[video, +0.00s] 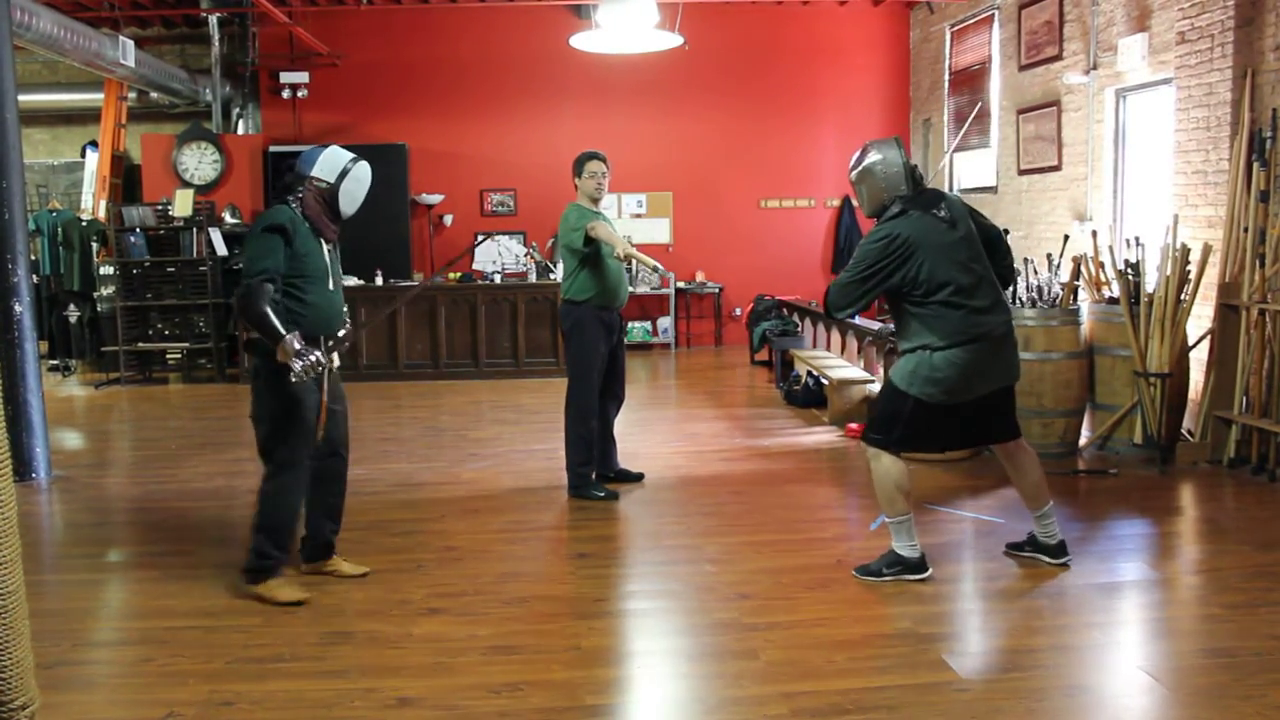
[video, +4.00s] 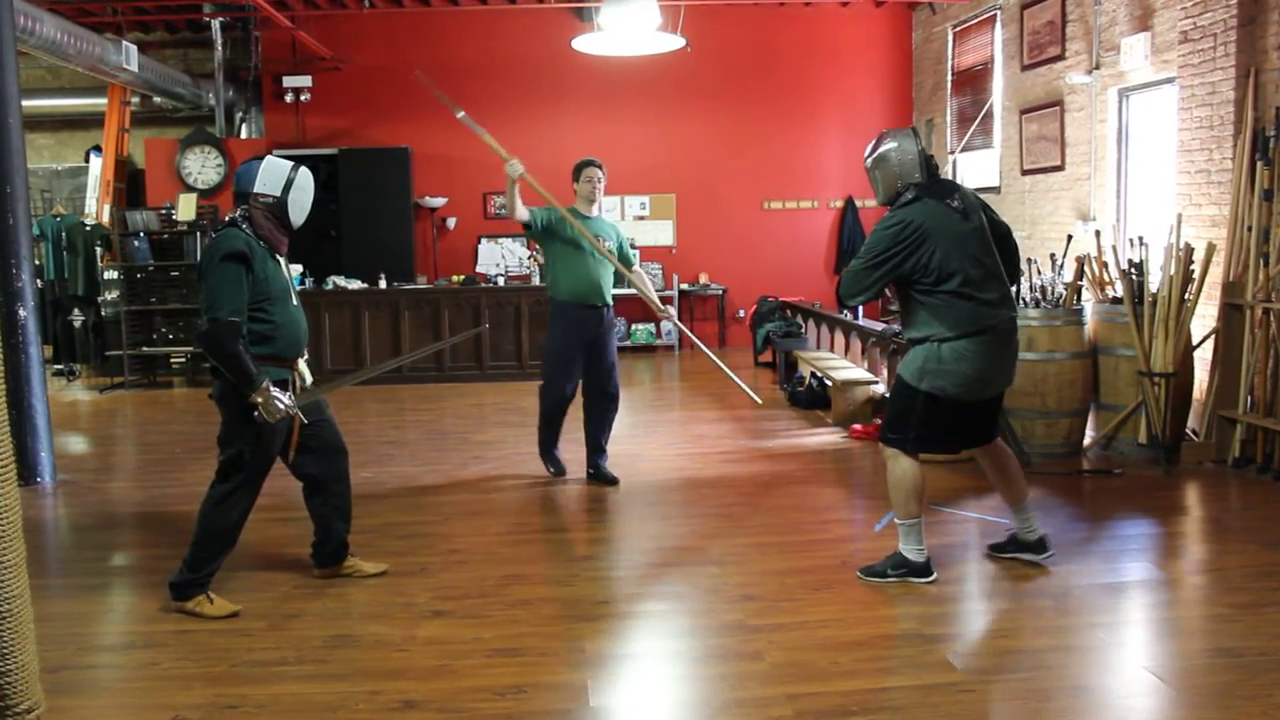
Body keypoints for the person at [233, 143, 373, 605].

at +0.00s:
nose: (350, 202)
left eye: (353, 193)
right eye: (348, 192)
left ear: (327, 185)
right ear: (325, 184)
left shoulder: (325, 233)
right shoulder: (278, 222)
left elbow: (326, 291)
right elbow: (254, 294)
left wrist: (340, 327)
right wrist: (284, 340)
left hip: (324, 365)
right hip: (285, 367)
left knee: (331, 459)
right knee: (289, 464)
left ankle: (319, 554)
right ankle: (264, 571)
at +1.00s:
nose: (292, 206)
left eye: (293, 197)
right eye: (288, 195)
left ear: (263, 191)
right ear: (263, 189)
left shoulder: (267, 238)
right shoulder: (220, 236)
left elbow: (272, 301)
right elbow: (205, 314)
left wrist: (285, 349)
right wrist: (231, 374)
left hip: (279, 370)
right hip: (238, 374)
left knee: (308, 460)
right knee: (220, 478)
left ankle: (326, 554)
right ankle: (191, 577)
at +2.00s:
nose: (294, 208)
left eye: (294, 199)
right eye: (290, 198)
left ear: (259, 193)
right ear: (267, 194)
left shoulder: (263, 242)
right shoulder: (228, 244)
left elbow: (270, 309)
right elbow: (217, 330)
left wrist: (290, 358)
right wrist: (256, 383)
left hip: (284, 375)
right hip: (249, 379)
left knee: (325, 458)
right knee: (235, 481)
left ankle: (331, 554)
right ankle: (189, 585)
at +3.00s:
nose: (295, 209)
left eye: (295, 200)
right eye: (291, 199)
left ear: (259, 194)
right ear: (269, 195)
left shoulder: (264, 243)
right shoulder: (229, 246)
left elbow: (272, 309)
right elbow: (217, 332)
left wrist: (293, 356)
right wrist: (255, 388)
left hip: (286, 376)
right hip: (251, 380)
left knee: (326, 459)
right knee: (235, 483)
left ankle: (332, 555)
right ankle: (190, 587)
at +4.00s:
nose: (295, 212)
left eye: (295, 203)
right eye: (291, 201)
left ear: (260, 197)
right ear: (269, 197)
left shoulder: (263, 244)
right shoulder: (233, 246)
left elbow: (270, 312)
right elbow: (220, 332)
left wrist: (294, 359)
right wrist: (256, 390)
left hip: (286, 378)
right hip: (253, 381)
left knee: (328, 458)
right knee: (237, 482)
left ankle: (332, 556)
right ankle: (190, 587)